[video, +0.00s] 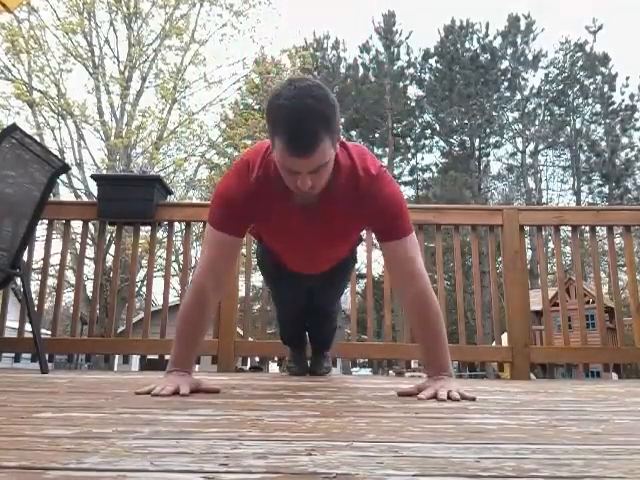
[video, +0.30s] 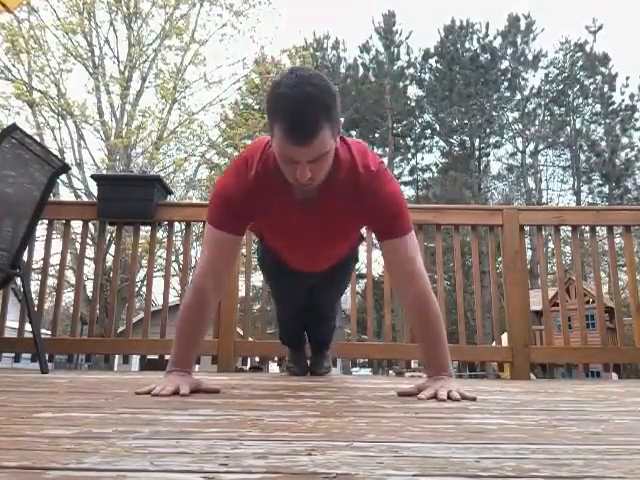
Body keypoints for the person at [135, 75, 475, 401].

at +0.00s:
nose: (303, 183)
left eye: (316, 170)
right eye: (290, 171)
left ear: (337, 143)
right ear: (271, 147)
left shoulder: (371, 185)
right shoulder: (242, 184)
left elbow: (413, 282)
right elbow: (206, 283)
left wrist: (440, 374)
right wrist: (179, 370)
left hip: (336, 254)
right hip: (278, 253)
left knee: (324, 313)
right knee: (290, 317)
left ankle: (321, 353)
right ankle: (295, 352)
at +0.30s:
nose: (302, 174)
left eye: (317, 160)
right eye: (289, 160)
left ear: (337, 135)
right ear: (271, 138)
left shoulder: (370, 180)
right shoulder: (242, 181)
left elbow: (412, 281)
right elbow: (207, 280)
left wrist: (440, 375)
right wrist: (179, 370)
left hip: (337, 253)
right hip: (279, 252)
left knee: (323, 315)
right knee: (290, 315)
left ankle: (320, 353)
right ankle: (295, 353)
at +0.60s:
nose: (303, 181)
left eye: (317, 167)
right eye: (291, 168)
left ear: (337, 142)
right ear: (271, 145)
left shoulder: (370, 181)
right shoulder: (242, 182)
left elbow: (413, 282)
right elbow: (208, 280)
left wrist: (440, 374)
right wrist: (180, 369)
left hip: (339, 251)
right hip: (280, 249)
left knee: (325, 313)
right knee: (290, 317)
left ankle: (322, 355)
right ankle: (295, 355)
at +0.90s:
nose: (304, 186)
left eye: (317, 172)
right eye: (291, 173)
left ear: (337, 146)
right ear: (271, 150)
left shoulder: (370, 182)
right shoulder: (241, 185)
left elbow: (412, 281)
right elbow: (208, 282)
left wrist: (440, 374)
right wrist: (180, 370)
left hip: (340, 252)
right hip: (281, 250)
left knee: (326, 313)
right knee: (290, 314)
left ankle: (322, 354)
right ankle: (295, 354)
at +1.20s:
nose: (303, 189)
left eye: (316, 175)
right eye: (289, 176)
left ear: (337, 151)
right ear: (270, 153)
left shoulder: (373, 184)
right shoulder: (241, 187)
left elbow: (415, 284)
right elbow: (197, 283)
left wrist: (440, 375)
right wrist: (169, 371)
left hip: (341, 253)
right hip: (282, 250)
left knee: (325, 317)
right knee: (291, 315)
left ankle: (322, 352)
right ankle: (295, 354)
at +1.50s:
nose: (300, 191)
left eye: (313, 177)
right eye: (286, 178)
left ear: (334, 152)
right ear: (267, 156)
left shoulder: (368, 184)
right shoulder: (239, 187)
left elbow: (412, 284)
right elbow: (199, 285)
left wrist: (440, 376)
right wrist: (170, 370)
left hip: (338, 255)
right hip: (279, 254)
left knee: (324, 316)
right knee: (289, 316)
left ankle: (321, 353)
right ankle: (294, 353)